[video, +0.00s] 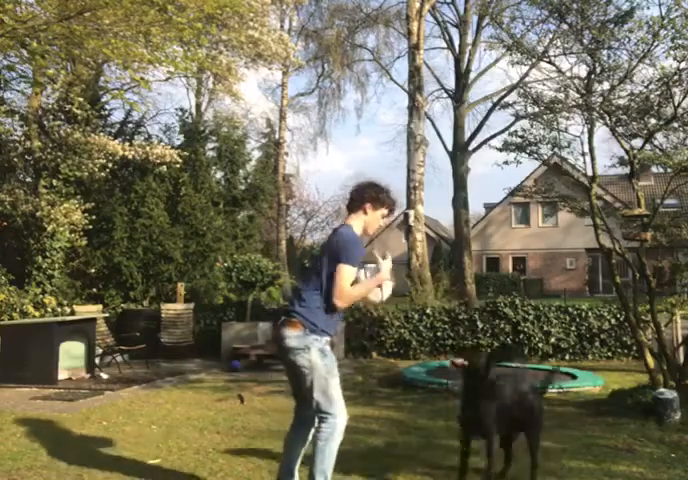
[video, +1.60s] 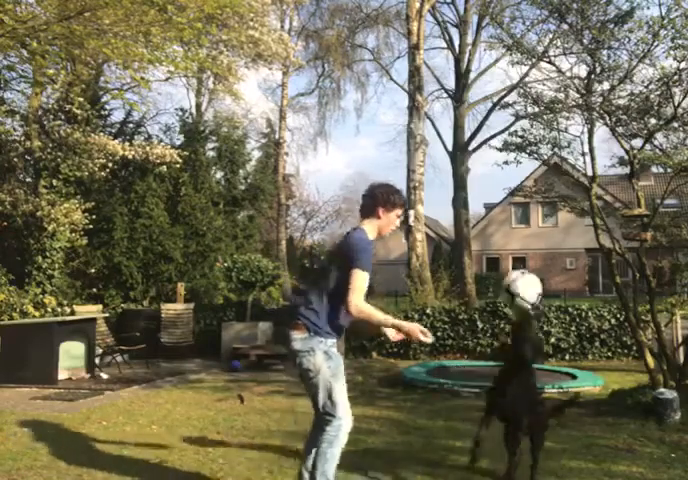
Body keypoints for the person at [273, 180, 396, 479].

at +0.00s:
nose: (382, 224)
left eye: (385, 218)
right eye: (383, 216)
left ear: (363, 209)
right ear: (367, 208)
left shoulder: (338, 237)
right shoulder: (349, 241)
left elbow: (337, 291)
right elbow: (340, 298)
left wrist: (369, 290)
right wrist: (378, 278)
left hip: (292, 331)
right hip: (307, 336)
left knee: (306, 412)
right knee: (334, 416)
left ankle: (286, 474)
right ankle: (321, 475)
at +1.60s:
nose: (398, 224)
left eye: (400, 218)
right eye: (397, 216)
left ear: (374, 211)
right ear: (381, 211)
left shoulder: (353, 241)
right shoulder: (361, 243)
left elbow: (348, 306)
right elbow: (355, 304)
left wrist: (384, 326)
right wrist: (402, 325)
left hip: (311, 336)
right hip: (314, 338)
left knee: (328, 416)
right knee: (339, 418)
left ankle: (309, 473)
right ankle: (320, 475)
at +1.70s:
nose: (401, 228)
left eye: (403, 221)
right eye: (400, 220)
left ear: (378, 216)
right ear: (384, 217)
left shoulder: (357, 248)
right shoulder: (374, 255)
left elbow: (356, 310)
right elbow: (387, 317)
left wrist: (400, 319)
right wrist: (439, 333)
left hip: (313, 339)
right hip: (319, 342)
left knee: (339, 417)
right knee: (346, 419)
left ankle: (314, 474)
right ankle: (323, 475)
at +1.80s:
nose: (413, 237)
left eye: (412, 230)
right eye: (409, 229)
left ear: (387, 230)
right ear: (389, 230)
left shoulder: (363, 261)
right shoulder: (383, 265)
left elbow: (368, 314)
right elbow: (425, 323)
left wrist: (416, 321)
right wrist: (476, 339)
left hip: (310, 347)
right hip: (323, 350)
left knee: (340, 421)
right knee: (367, 418)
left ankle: (314, 475)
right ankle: (333, 475)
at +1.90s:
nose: (427, 254)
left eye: (427, 247)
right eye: (423, 247)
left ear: (398, 248)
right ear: (404, 248)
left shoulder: (370, 275)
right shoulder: (394, 281)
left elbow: (387, 325)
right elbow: (458, 326)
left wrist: (437, 327)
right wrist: (514, 340)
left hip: (313, 354)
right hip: (331, 356)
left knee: (351, 422)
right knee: (392, 411)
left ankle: (313, 475)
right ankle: (374, 474)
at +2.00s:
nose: (450, 272)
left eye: (449, 264)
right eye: (446, 264)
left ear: (423, 266)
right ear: (425, 265)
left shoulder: (399, 291)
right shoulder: (417, 297)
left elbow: (410, 335)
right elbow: (481, 336)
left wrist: (456, 337)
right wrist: (542, 348)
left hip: (329, 362)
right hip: (345, 363)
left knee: (360, 433)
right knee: (418, 411)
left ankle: (322, 474)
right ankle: (429, 475)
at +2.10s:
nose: (480, 291)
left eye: (481, 284)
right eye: (478, 284)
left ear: (453, 281)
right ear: (457, 282)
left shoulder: (425, 304)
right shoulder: (445, 310)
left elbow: (443, 348)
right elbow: (510, 354)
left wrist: (494, 351)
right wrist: (566, 366)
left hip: (355, 376)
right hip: (377, 379)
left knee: (373, 448)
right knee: (451, 421)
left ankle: (330, 476)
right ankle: (481, 474)